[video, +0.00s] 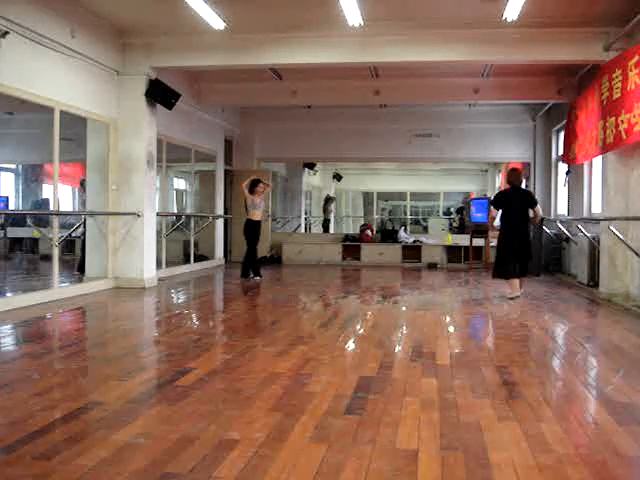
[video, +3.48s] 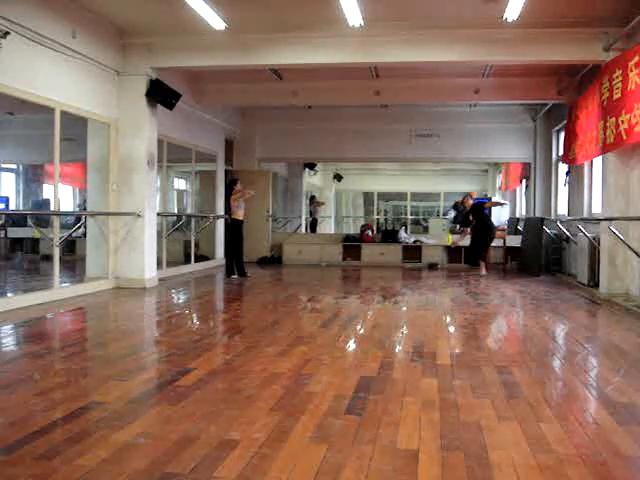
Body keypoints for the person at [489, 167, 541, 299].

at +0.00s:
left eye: (510, 177)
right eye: (519, 177)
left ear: (507, 179)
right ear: (521, 179)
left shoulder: (502, 194)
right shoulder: (527, 194)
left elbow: (493, 214)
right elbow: (538, 213)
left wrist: (491, 225)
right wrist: (533, 221)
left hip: (508, 231)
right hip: (522, 231)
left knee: (510, 259)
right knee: (520, 258)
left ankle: (515, 290)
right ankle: (519, 287)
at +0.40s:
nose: (501, 180)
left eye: (501, 178)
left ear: (502, 180)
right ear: (514, 180)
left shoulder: (499, 195)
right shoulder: (519, 194)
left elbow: (496, 214)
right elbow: (521, 211)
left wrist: (490, 232)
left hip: (502, 230)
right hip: (517, 230)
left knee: (500, 257)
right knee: (517, 258)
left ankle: (499, 285)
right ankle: (518, 287)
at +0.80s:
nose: (483, 183)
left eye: (484, 181)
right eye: (485, 180)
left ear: (485, 182)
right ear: (496, 181)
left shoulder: (485, 196)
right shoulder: (503, 195)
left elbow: (484, 215)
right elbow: (506, 213)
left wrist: (475, 230)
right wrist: (503, 224)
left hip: (490, 228)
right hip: (503, 227)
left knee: (489, 252)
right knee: (501, 251)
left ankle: (493, 281)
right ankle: (500, 279)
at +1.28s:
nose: (471, 190)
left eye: (472, 188)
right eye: (471, 188)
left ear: (473, 188)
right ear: (483, 186)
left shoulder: (478, 198)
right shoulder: (492, 196)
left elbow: (483, 214)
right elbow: (497, 212)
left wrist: (479, 230)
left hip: (488, 229)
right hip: (498, 228)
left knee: (481, 252)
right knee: (495, 255)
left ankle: (482, 277)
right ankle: (493, 280)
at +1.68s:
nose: (460, 192)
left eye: (460, 190)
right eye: (460, 190)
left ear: (462, 190)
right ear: (471, 188)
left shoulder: (467, 200)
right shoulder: (481, 197)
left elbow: (468, 216)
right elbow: (489, 211)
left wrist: (466, 231)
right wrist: (489, 223)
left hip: (476, 229)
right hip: (488, 227)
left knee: (473, 252)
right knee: (484, 252)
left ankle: (471, 277)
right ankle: (489, 272)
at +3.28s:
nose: (461, 205)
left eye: (462, 203)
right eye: (461, 203)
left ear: (466, 202)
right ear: (466, 202)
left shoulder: (472, 206)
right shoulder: (469, 209)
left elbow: (480, 210)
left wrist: (477, 223)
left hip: (483, 230)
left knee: (470, 248)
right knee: (478, 249)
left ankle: (474, 268)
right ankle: (481, 268)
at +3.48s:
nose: (466, 203)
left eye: (467, 201)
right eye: (464, 202)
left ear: (471, 200)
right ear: (463, 203)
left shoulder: (477, 206)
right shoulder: (467, 215)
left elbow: (489, 204)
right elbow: (465, 231)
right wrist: (458, 241)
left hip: (488, 229)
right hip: (478, 231)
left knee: (481, 249)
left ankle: (483, 270)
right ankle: (483, 269)